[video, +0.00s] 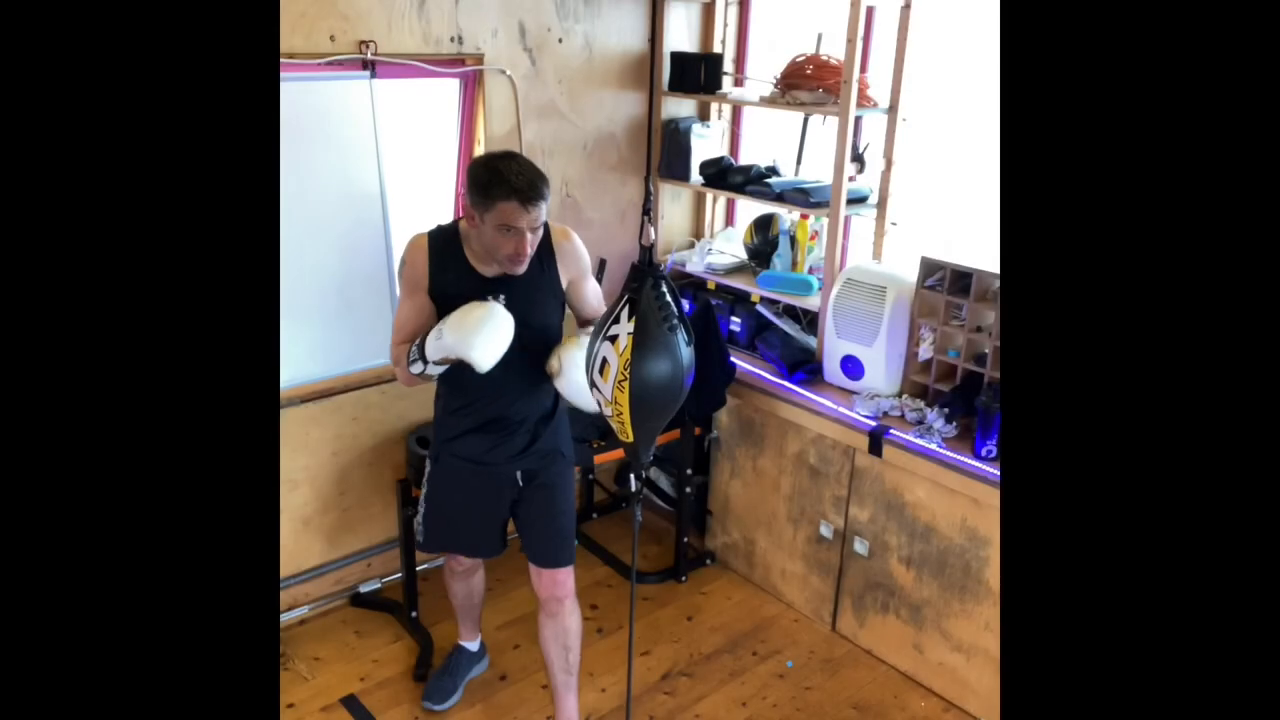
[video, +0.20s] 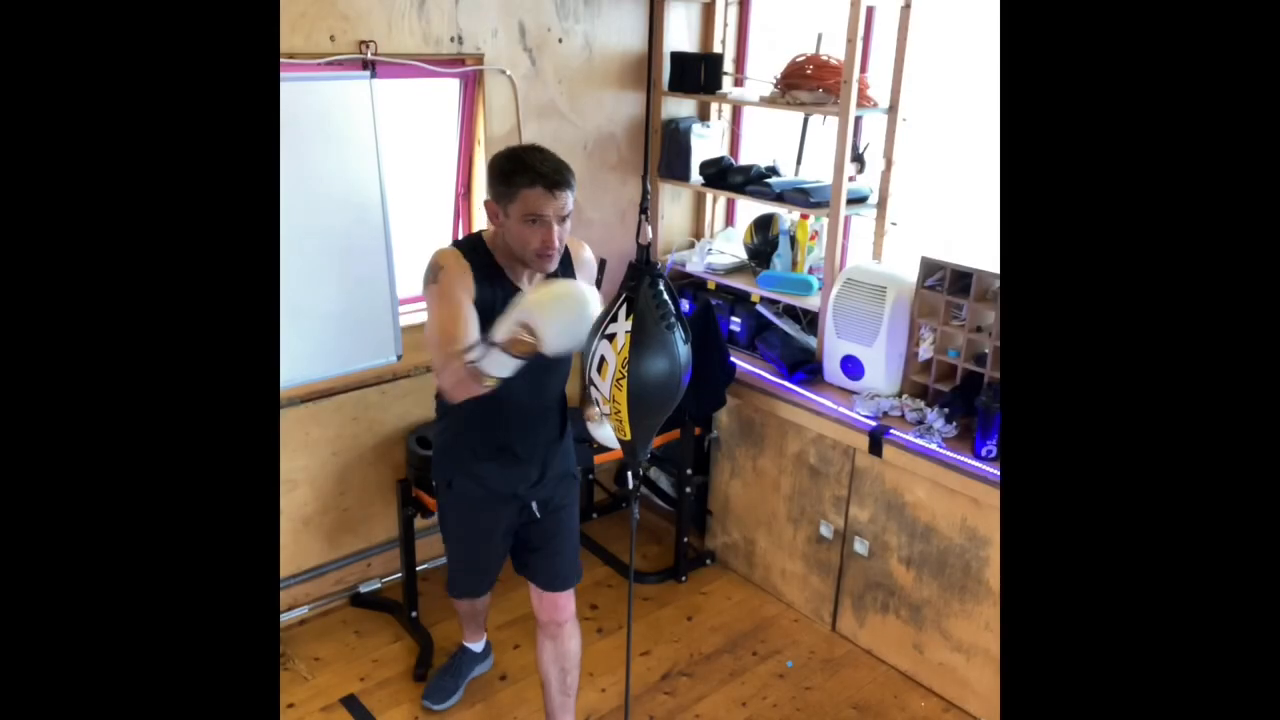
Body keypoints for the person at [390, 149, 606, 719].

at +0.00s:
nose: (525, 246)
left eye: (534, 230)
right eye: (509, 231)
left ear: (544, 216)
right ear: (469, 218)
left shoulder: (561, 248)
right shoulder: (428, 255)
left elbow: (605, 328)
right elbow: (403, 359)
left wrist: (587, 355)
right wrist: (436, 348)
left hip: (544, 442)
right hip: (464, 447)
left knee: (557, 587)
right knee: (459, 561)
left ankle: (568, 713)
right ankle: (469, 648)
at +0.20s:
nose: (552, 238)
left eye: (562, 219)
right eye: (534, 221)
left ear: (572, 213)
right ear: (494, 218)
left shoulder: (576, 263)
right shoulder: (455, 268)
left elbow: (586, 348)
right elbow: (451, 385)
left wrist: (598, 403)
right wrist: (502, 350)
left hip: (550, 460)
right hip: (475, 468)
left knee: (558, 611)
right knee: (469, 585)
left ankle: (562, 716)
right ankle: (473, 651)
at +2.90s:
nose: (467, 218)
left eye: (472, 200)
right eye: (451, 202)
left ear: (478, 193)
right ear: (403, 196)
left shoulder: (481, 242)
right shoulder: (347, 261)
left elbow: (516, 355)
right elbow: (350, 391)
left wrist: (502, 317)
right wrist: (396, 323)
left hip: (471, 457)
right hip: (390, 471)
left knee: (488, 582)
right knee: (361, 616)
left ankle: (497, 698)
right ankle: (343, 713)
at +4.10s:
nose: (537, 221)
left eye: (545, 204)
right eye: (521, 204)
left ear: (554, 196)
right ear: (480, 195)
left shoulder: (557, 240)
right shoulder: (430, 248)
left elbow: (583, 340)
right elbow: (404, 359)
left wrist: (573, 307)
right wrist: (457, 321)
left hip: (527, 430)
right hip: (449, 433)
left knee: (535, 555)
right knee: (419, 592)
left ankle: (536, 655)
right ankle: (378, 712)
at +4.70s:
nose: (410, 242)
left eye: (421, 222)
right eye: (390, 227)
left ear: (434, 211)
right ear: (357, 218)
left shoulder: (468, 261)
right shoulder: (343, 263)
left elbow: (514, 361)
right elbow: (342, 344)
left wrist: (472, 391)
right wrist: (322, 348)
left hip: (474, 437)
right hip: (387, 441)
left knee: (519, 577)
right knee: (357, 608)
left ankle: (531, 659)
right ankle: (329, 716)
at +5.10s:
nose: (520, 224)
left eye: (529, 208)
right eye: (505, 206)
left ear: (537, 203)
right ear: (465, 197)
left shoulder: (509, 251)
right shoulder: (429, 260)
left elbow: (512, 327)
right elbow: (463, 371)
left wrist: (542, 322)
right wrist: (557, 372)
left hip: (490, 442)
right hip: (423, 455)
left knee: (517, 559)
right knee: (389, 616)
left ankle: (533, 658)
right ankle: (352, 714)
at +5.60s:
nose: (471, 225)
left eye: (478, 208)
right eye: (454, 211)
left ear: (485, 199)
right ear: (410, 207)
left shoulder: (505, 254)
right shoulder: (371, 261)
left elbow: (549, 355)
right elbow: (347, 368)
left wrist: (502, 398)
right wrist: (341, 356)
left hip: (495, 445)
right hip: (408, 452)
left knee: (535, 581)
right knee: (376, 616)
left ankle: (536, 662)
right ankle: (347, 715)